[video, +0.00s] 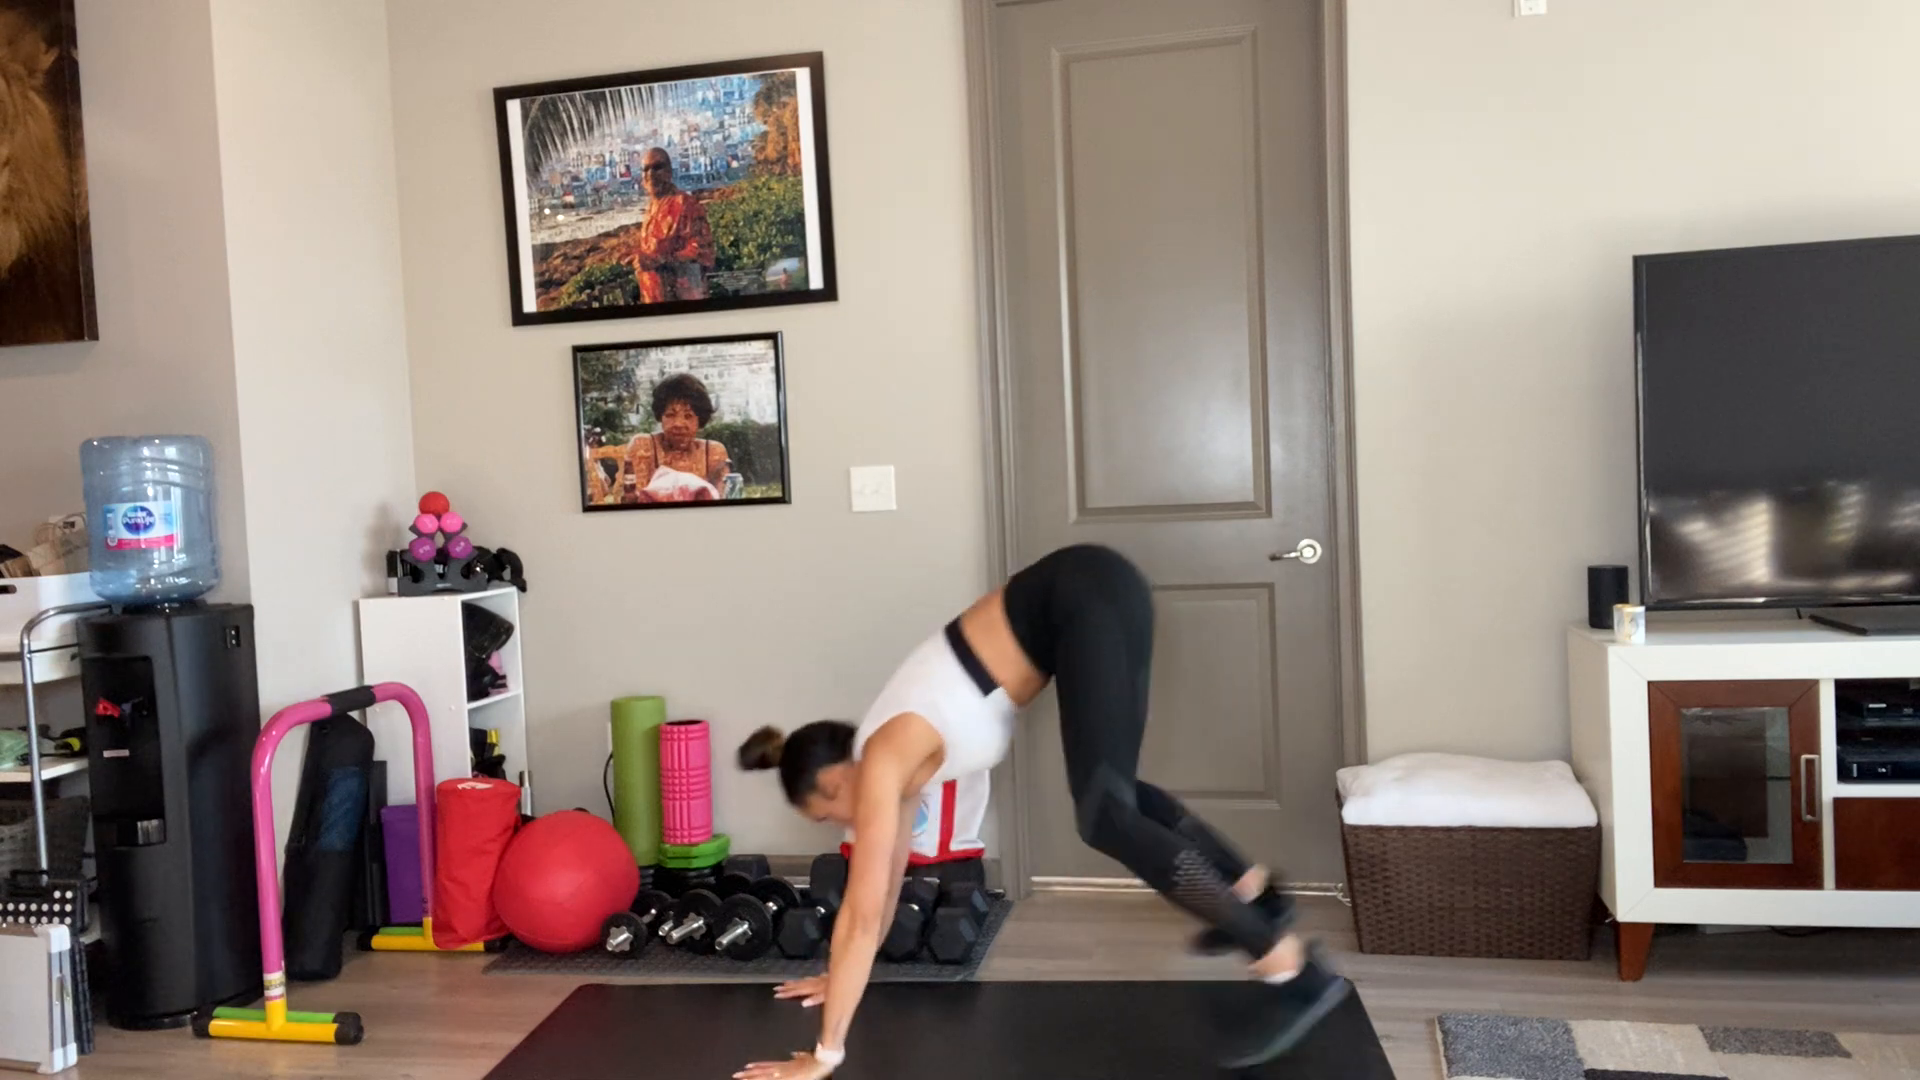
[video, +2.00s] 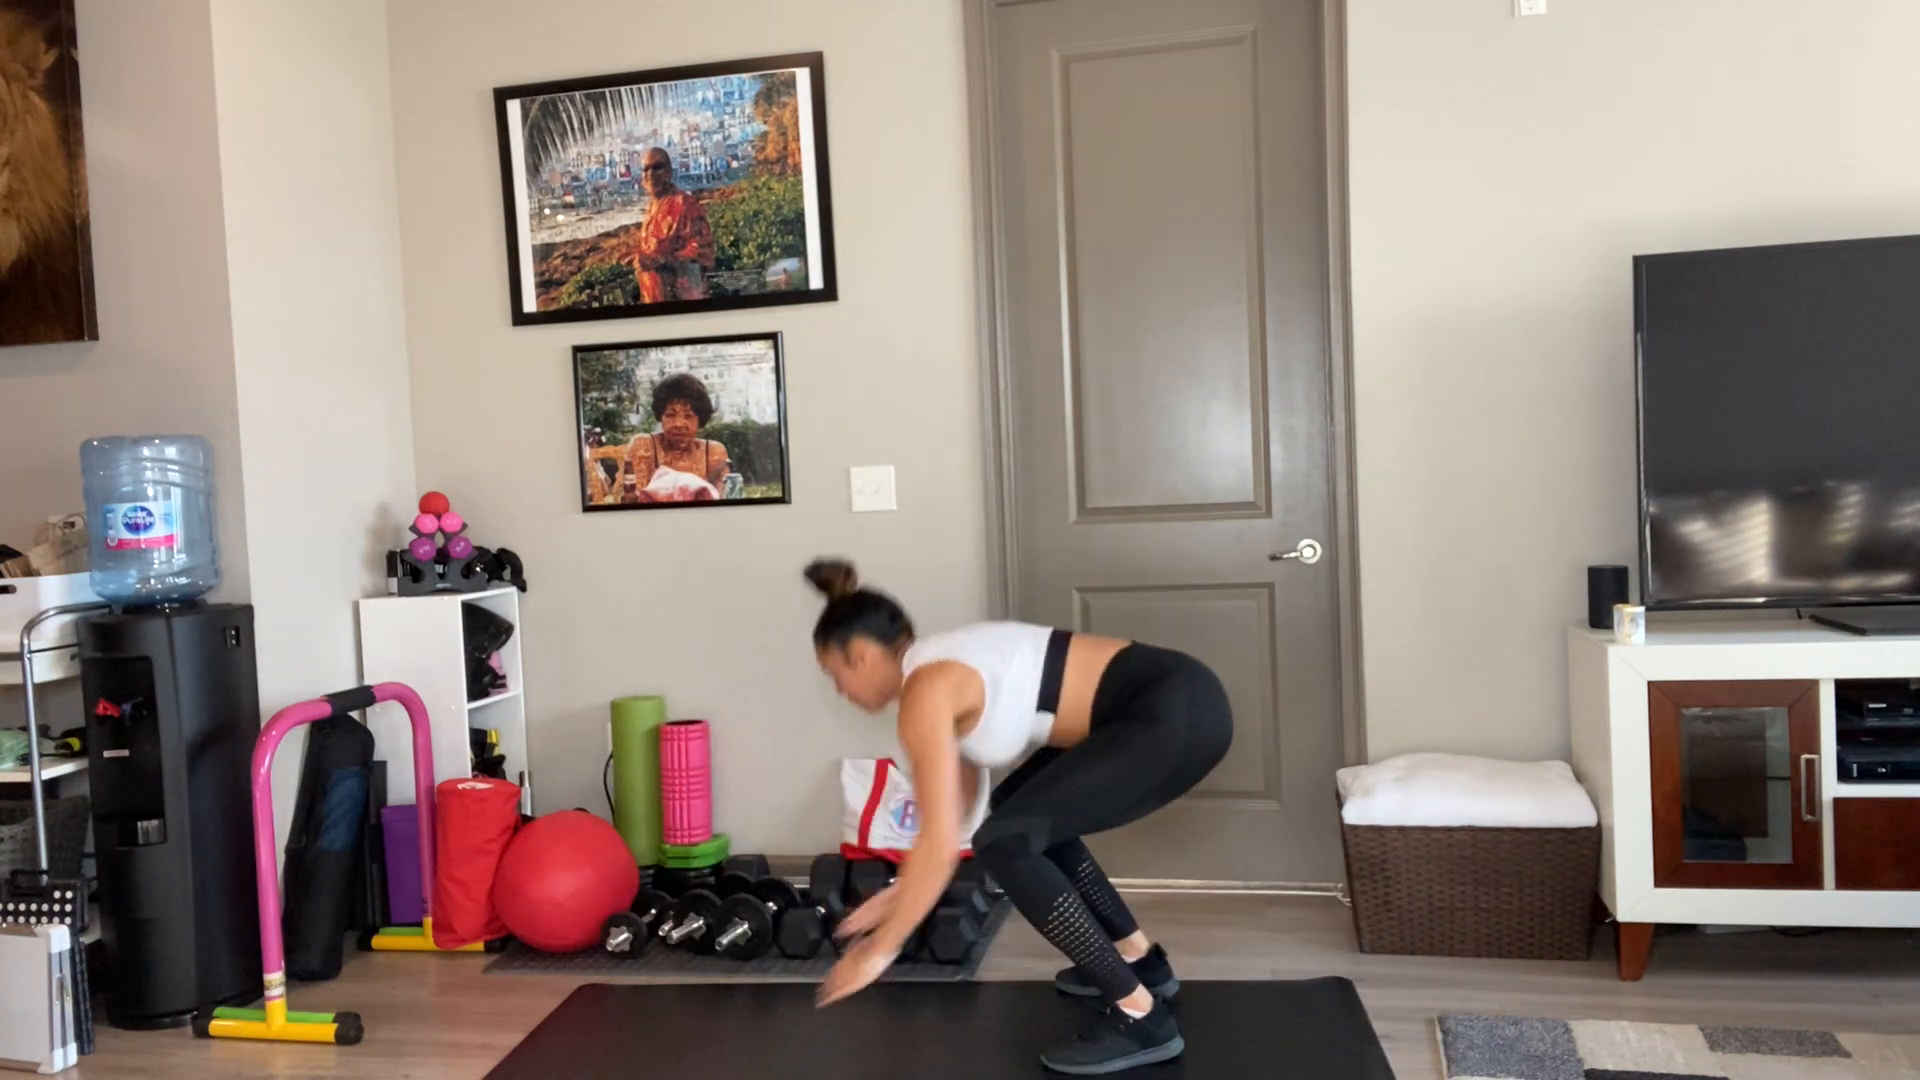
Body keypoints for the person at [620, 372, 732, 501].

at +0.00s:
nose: (679, 424)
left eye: (688, 416)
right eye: (670, 415)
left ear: (700, 420)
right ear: (660, 417)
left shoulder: (714, 451)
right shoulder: (641, 446)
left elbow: (721, 499)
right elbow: (632, 499)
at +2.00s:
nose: (679, 424)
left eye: (688, 416)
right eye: (670, 415)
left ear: (700, 420)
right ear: (660, 417)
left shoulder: (714, 451)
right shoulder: (641, 446)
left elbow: (721, 500)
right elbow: (633, 500)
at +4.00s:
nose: (679, 424)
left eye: (688, 416)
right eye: (670, 415)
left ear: (700, 420)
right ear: (660, 417)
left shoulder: (714, 451)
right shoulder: (641, 446)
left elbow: (722, 500)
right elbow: (628, 498)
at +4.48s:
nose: (679, 424)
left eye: (688, 416)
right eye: (670, 415)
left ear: (701, 420)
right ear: (660, 417)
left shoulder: (714, 451)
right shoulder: (641, 446)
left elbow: (722, 499)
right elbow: (628, 498)